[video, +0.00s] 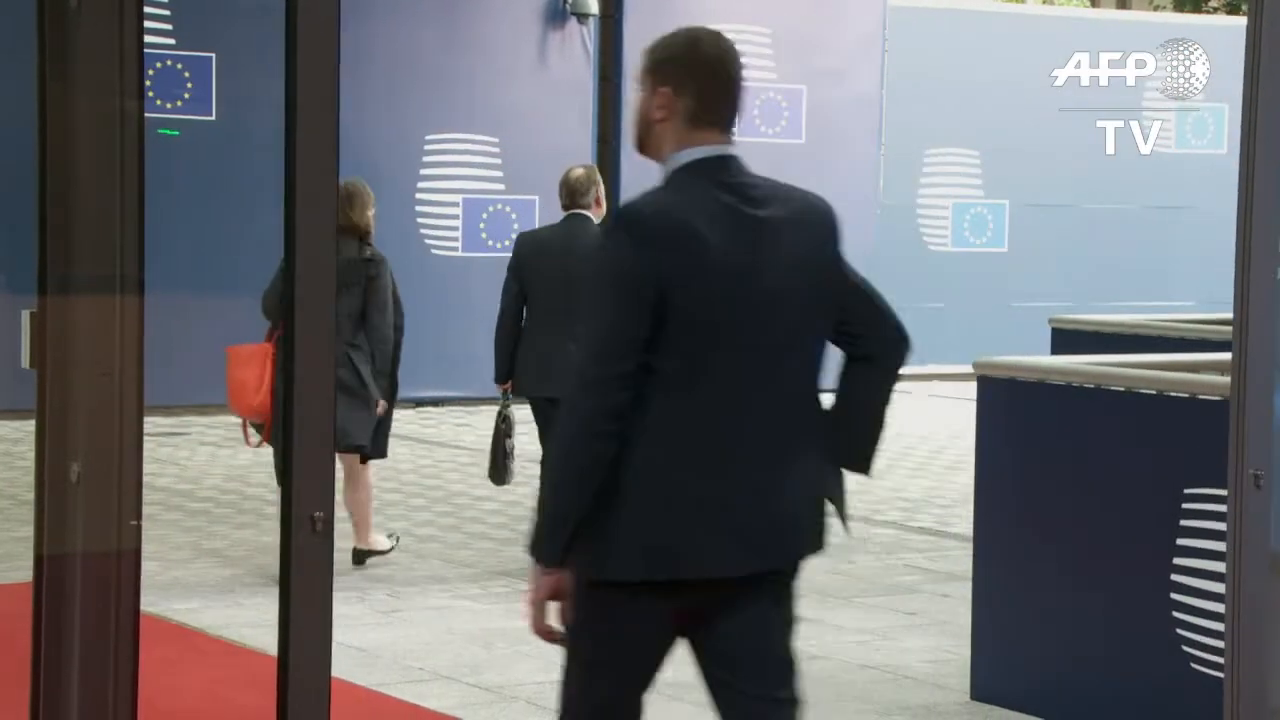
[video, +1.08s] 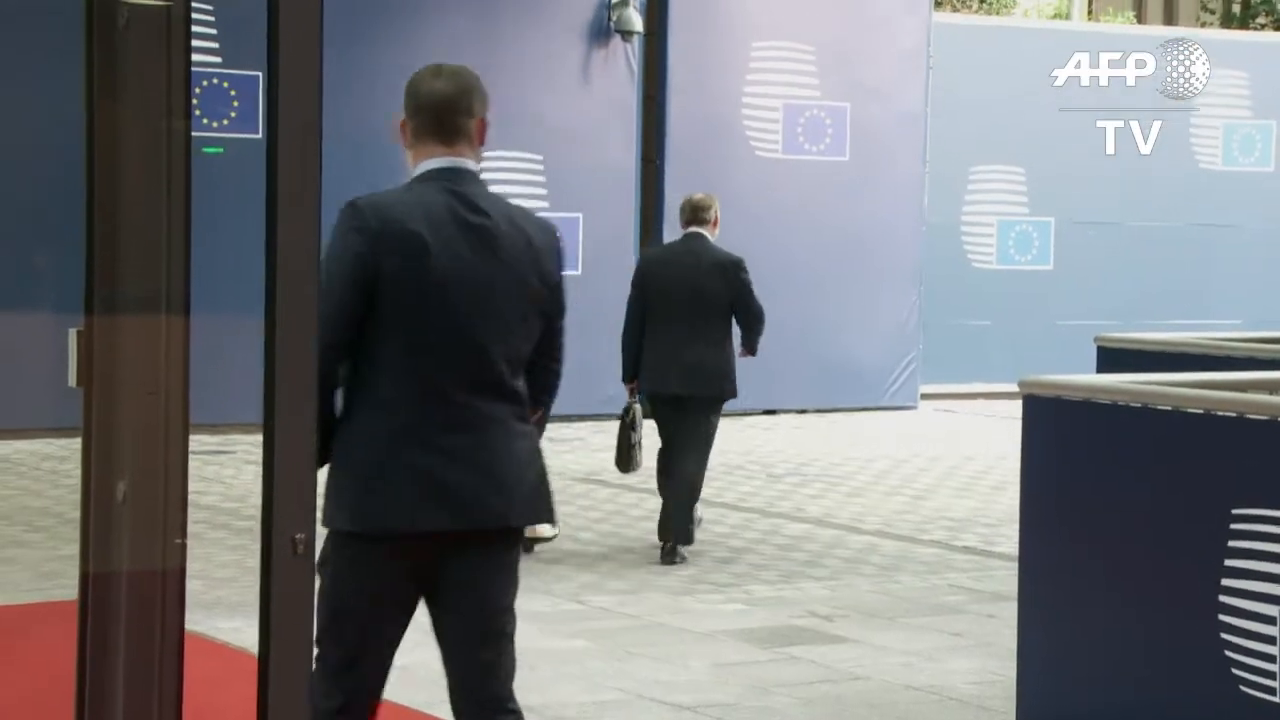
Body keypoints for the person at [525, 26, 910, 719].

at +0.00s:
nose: (634, 107)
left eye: (639, 93)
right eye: (639, 92)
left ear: (662, 102)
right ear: (732, 107)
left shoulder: (640, 227)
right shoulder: (803, 221)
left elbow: (596, 400)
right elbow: (881, 340)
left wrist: (551, 549)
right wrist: (831, 454)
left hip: (635, 553)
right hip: (757, 552)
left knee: (594, 709)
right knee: (765, 708)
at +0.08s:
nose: (603, 104)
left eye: (606, 90)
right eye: (608, 89)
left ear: (622, 95)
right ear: (699, 99)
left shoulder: (596, 225)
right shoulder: (770, 212)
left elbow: (549, 395)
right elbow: (851, 329)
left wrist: (511, 537)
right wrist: (801, 447)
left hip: (598, 548)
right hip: (718, 546)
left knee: (577, 711)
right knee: (711, 710)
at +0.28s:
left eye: (558, 90)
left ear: (559, 98)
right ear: (647, 93)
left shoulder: (536, 208)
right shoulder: (713, 205)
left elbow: (481, 365)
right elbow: (776, 340)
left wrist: (436, 503)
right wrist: (729, 447)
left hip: (565, 508)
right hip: (676, 500)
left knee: (567, 704)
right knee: (622, 683)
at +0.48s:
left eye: (518, 102)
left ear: (521, 111)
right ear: (607, 108)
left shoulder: (495, 216)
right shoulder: (671, 220)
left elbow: (431, 364)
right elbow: (703, 370)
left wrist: (389, 493)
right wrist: (661, 469)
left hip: (527, 506)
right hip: (635, 502)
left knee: (555, 699)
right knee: (566, 689)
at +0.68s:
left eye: (493, 108)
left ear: (494, 115)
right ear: (578, 114)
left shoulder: (471, 204)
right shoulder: (630, 225)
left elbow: (410, 343)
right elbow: (637, 374)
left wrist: (382, 456)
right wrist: (614, 467)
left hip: (473, 493)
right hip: (578, 491)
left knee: (451, 689)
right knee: (535, 690)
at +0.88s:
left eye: (455, 104)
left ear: (456, 109)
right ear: (538, 108)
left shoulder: (433, 195)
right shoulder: (592, 218)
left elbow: (370, 342)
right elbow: (594, 361)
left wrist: (376, 429)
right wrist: (539, 411)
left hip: (428, 481)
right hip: (537, 484)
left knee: (363, 652)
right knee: (512, 687)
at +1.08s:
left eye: (401, 125)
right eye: (481, 123)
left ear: (402, 131)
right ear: (483, 130)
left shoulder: (370, 221)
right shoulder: (535, 237)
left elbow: (318, 356)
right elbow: (543, 377)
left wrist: (322, 447)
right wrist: (504, 447)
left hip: (379, 505)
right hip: (488, 505)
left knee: (341, 694)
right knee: (489, 701)